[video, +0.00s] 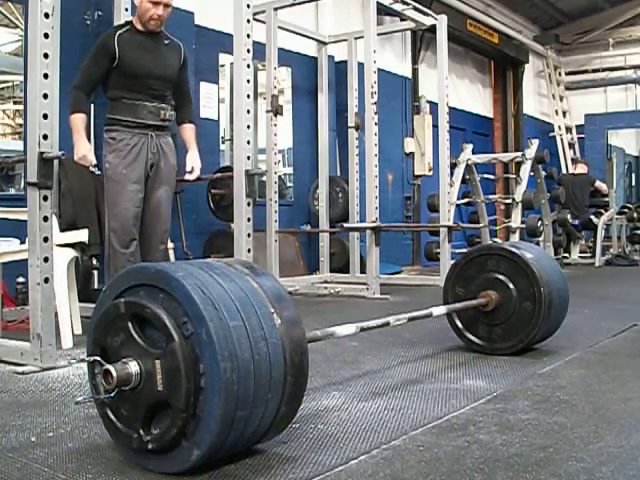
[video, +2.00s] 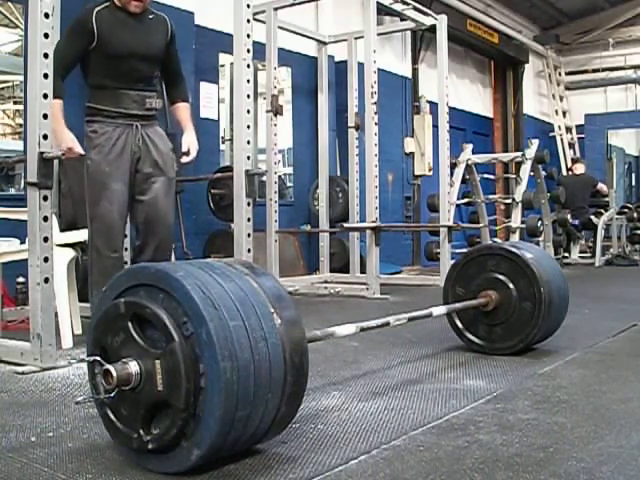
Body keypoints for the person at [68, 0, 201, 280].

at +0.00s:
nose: (159, 12)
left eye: (165, 6)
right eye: (153, 4)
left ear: (170, 10)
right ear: (137, 3)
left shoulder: (176, 50)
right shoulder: (114, 40)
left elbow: (184, 105)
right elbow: (80, 91)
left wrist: (192, 149)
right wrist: (80, 141)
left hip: (164, 144)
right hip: (123, 142)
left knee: (158, 232)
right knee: (124, 229)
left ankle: (158, 304)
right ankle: (122, 305)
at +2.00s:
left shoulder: (162, 24)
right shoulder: (92, 19)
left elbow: (174, 80)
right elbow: (53, 73)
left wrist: (188, 129)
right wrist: (59, 130)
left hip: (154, 135)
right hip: (106, 133)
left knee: (161, 231)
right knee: (108, 233)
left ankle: (151, 316)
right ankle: (107, 321)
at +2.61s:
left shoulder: (211, 23)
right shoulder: (136, 11)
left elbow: (220, 80)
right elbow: (90, 67)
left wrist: (238, 136)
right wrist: (83, 133)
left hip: (186, 128)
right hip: (143, 123)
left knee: (181, 217)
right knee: (166, 207)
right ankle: (144, 294)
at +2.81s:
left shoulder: (238, 17)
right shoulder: (160, 8)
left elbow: (249, 80)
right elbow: (111, 66)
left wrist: (273, 136)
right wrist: (107, 135)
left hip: (218, 127)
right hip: (174, 124)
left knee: (197, 228)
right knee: (209, 220)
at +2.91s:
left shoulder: (253, 10)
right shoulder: (178, 4)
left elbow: (260, 76)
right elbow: (129, 61)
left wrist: (281, 134)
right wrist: (132, 137)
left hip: (237, 125)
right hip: (189, 120)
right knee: (221, 231)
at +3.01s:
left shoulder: (268, 5)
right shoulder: (193, 3)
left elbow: (271, 67)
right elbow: (147, 51)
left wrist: (284, 130)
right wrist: (156, 123)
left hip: (255, 117)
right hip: (205, 115)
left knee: (296, 214)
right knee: (227, 239)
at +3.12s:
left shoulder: (283, 4)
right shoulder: (206, 2)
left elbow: (279, 53)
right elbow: (160, 44)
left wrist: (290, 115)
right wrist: (178, 112)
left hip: (277, 115)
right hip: (225, 112)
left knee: (323, 207)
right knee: (234, 231)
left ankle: (333, 328)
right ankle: (235, 348)